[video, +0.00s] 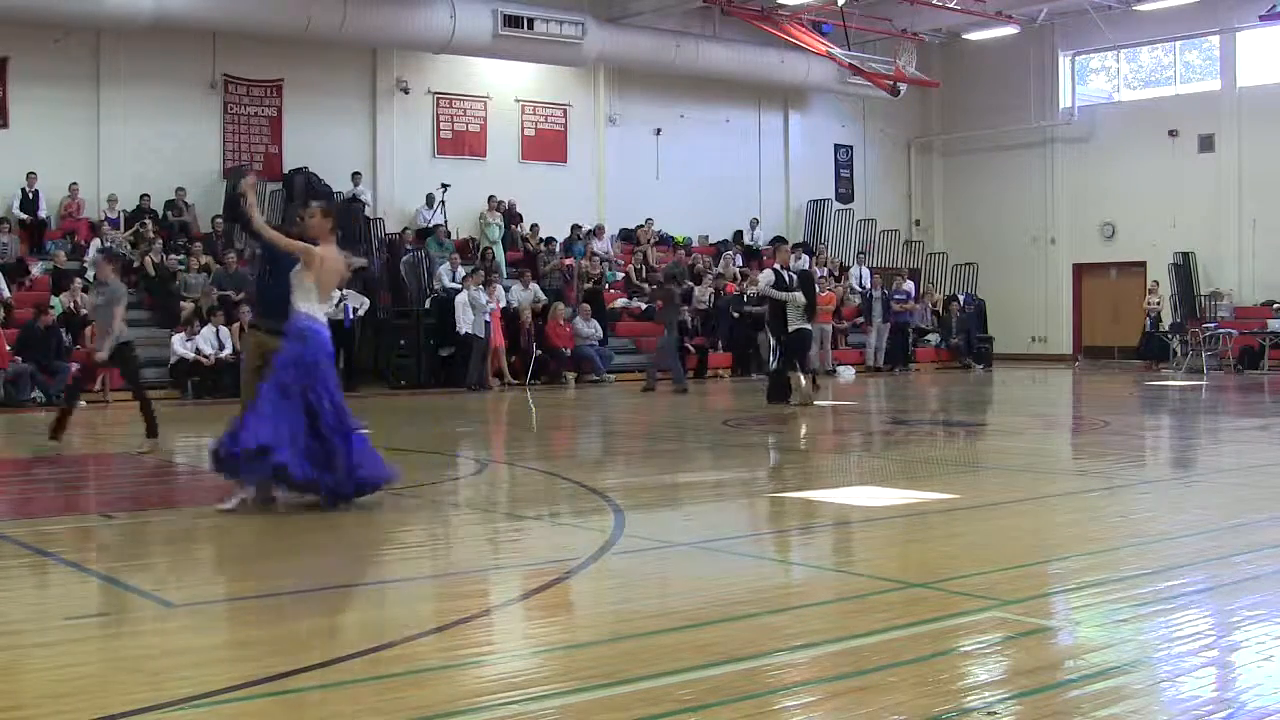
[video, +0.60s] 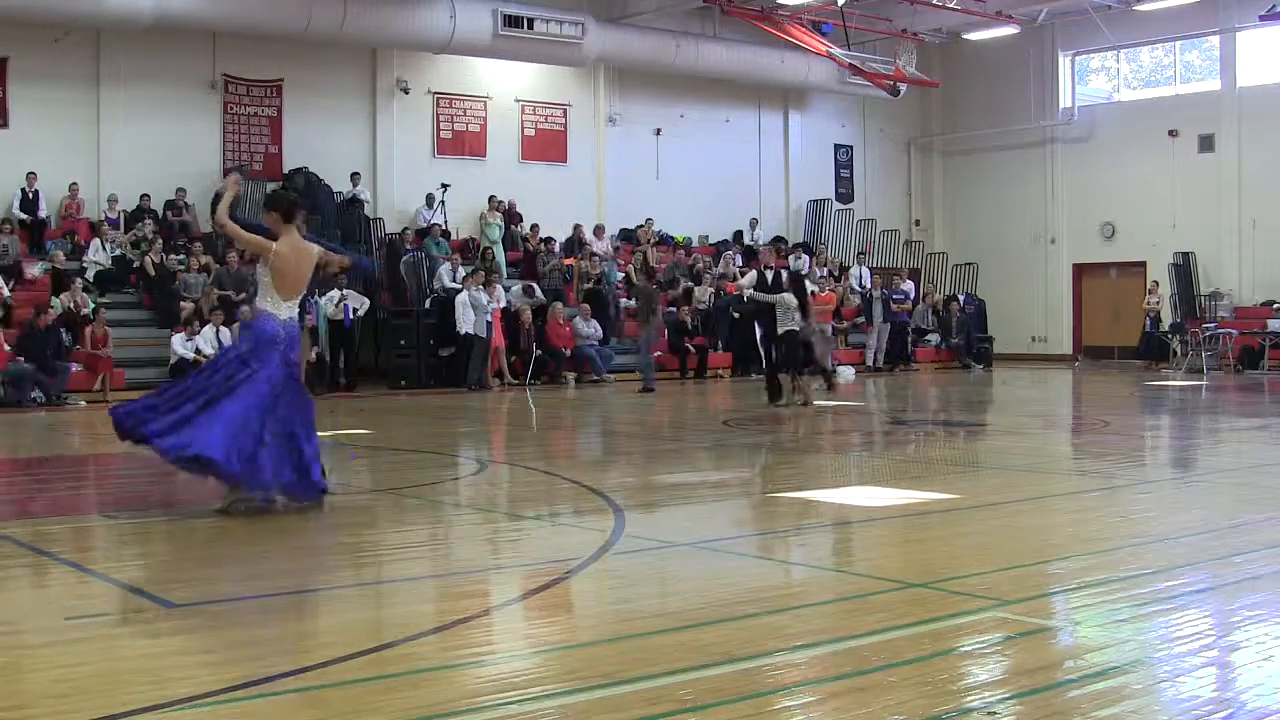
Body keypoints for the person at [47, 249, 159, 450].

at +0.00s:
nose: (96, 267)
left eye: (100, 264)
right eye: (96, 264)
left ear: (111, 265)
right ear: (102, 266)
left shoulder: (119, 289)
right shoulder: (97, 289)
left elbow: (117, 321)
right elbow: (96, 319)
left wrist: (106, 348)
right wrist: (91, 342)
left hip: (121, 343)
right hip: (100, 344)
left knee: (137, 388)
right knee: (76, 386)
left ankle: (152, 436)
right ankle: (58, 428)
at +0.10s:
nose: (72, 272)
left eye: (76, 267)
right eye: (70, 267)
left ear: (87, 268)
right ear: (67, 269)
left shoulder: (93, 291)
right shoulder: (68, 292)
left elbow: (99, 322)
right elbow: (69, 320)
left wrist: (87, 349)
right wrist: (65, 341)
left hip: (94, 348)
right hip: (72, 349)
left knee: (104, 397)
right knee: (54, 391)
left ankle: (132, 428)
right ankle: (54, 443)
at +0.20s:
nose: (44, 277)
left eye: (48, 272)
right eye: (42, 273)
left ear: (60, 274)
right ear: (40, 276)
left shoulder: (70, 297)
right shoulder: (40, 299)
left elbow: (82, 327)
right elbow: (36, 332)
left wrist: (89, 358)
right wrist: (33, 360)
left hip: (67, 355)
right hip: (46, 358)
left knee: (54, 405)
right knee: (38, 406)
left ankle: (88, 428)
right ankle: (53, 446)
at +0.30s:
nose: (16, 281)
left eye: (21, 276)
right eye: (13, 276)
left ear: (32, 279)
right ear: (9, 279)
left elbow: (66, 315)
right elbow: (4, 326)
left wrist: (88, 328)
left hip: (48, 361)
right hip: (28, 363)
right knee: (15, 408)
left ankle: (28, 432)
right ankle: (48, 442)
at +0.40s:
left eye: (3, 273)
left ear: (7, 274)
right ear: (10, 274)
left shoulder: (9, 292)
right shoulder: (8, 292)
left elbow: (42, 293)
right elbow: (42, 293)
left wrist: (54, 303)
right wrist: (53, 301)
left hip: (11, 354)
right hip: (8, 355)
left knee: (16, 408)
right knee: (15, 408)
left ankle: (48, 442)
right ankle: (48, 442)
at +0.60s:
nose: (53, 318)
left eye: (52, 315)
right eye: (50, 315)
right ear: (42, 317)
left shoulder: (52, 329)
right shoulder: (29, 330)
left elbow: (59, 348)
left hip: (48, 359)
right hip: (33, 360)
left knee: (64, 368)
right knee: (34, 372)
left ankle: (56, 394)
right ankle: (50, 395)